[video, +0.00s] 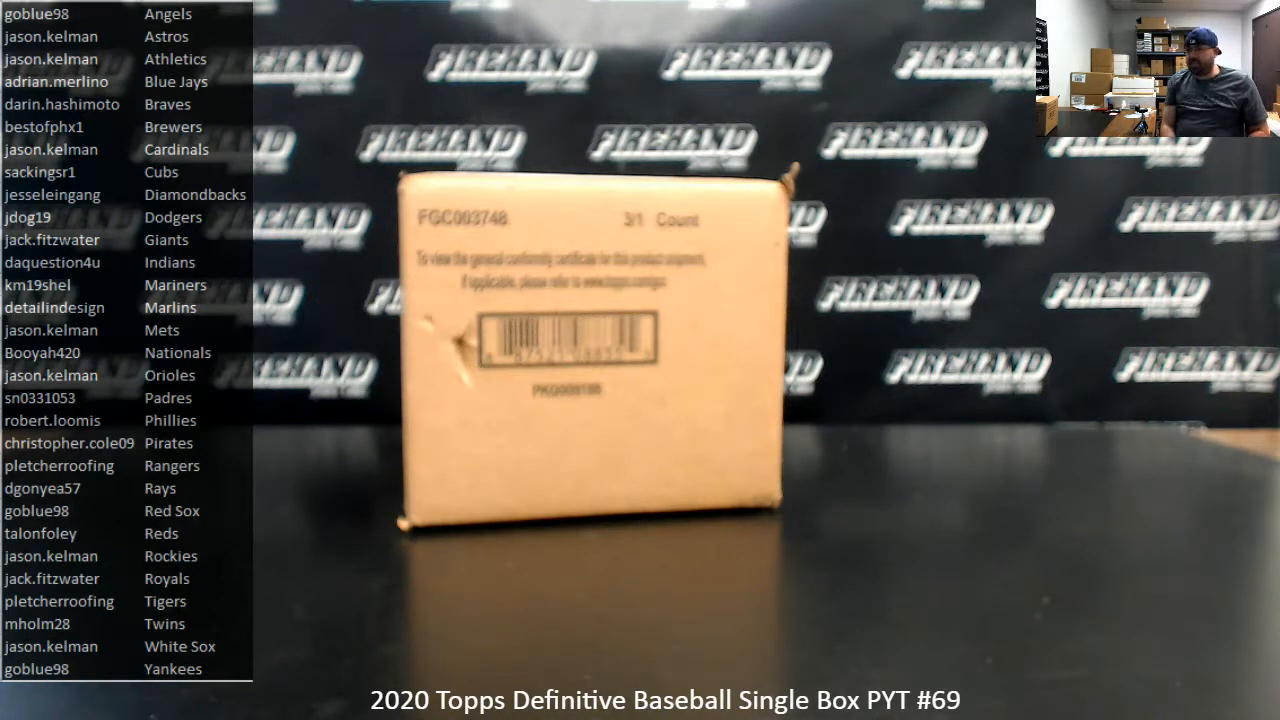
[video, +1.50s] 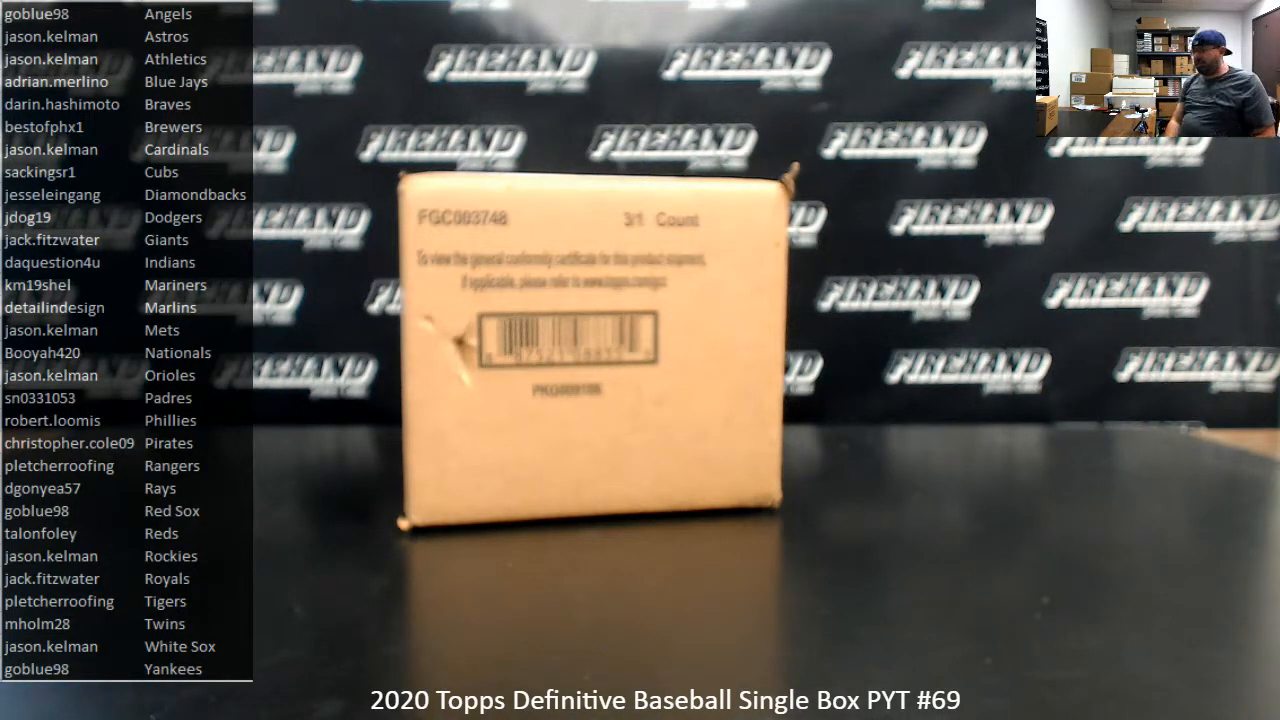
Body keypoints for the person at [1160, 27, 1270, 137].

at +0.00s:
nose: (1192, 56)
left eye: (1199, 49)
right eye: (1189, 50)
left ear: (1216, 52)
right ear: (1185, 53)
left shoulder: (1242, 83)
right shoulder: (1177, 82)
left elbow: (1261, 131)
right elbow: (1167, 125)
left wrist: (1242, 157)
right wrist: (1171, 152)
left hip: (1228, 158)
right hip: (1184, 159)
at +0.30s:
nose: (1187, 56)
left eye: (1194, 51)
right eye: (1184, 52)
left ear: (1207, 53)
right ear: (1181, 55)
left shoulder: (1233, 79)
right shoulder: (1175, 84)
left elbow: (1256, 123)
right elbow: (1167, 123)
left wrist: (1236, 151)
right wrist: (1170, 151)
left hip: (1225, 154)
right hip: (1184, 155)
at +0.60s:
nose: (1187, 57)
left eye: (1193, 52)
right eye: (1183, 53)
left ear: (1206, 54)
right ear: (1180, 58)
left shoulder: (1232, 79)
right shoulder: (1176, 86)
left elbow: (1256, 121)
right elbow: (1169, 123)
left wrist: (1236, 149)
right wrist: (1170, 150)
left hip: (1225, 154)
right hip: (1186, 155)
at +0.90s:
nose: (1194, 56)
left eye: (1199, 50)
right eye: (1189, 52)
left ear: (1212, 54)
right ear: (1185, 58)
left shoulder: (1236, 80)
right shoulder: (1180, 86)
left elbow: (1259, 123)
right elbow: (1170, 122)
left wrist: (1237, 149)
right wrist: (1169, 150)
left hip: (1226, 153)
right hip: (1186, 154)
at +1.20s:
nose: (1200, 55)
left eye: (1206, 50)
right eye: (1195, 51)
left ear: (1219, 53)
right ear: (1190, 56)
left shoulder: (1243, 80)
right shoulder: (1186, 84)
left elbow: (1263, 128)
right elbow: (1173, 121)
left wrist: (1235, 153)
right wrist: (1168, 149)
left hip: (1226, 156)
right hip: (1187, 155)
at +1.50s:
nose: (1197, 57)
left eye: (1203, 51)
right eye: (1194, 52)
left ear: (1221, 52)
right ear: (1191, 54)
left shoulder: (1248, 82)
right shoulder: (1190, 83)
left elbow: (1267, 134)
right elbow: (1176, 120)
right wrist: (1167, 149)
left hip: (1229, 162)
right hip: (1187, 160)